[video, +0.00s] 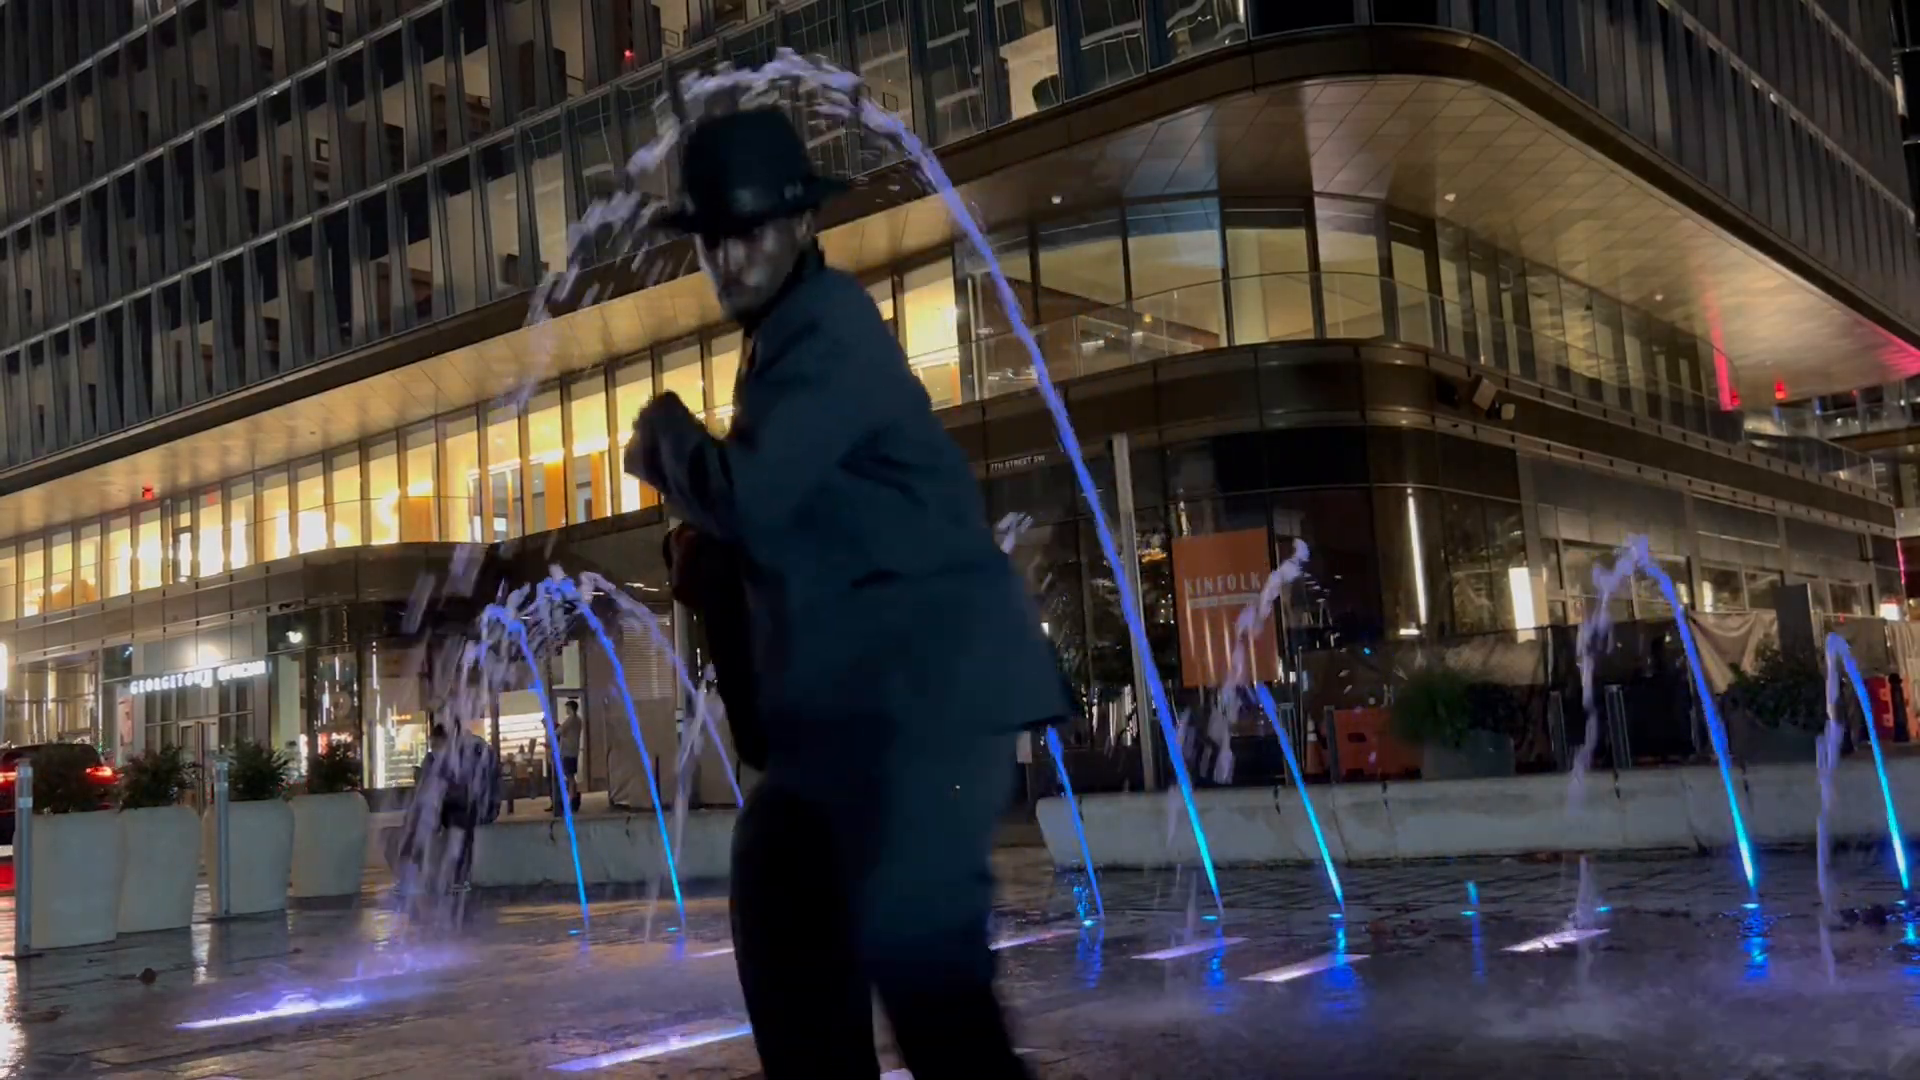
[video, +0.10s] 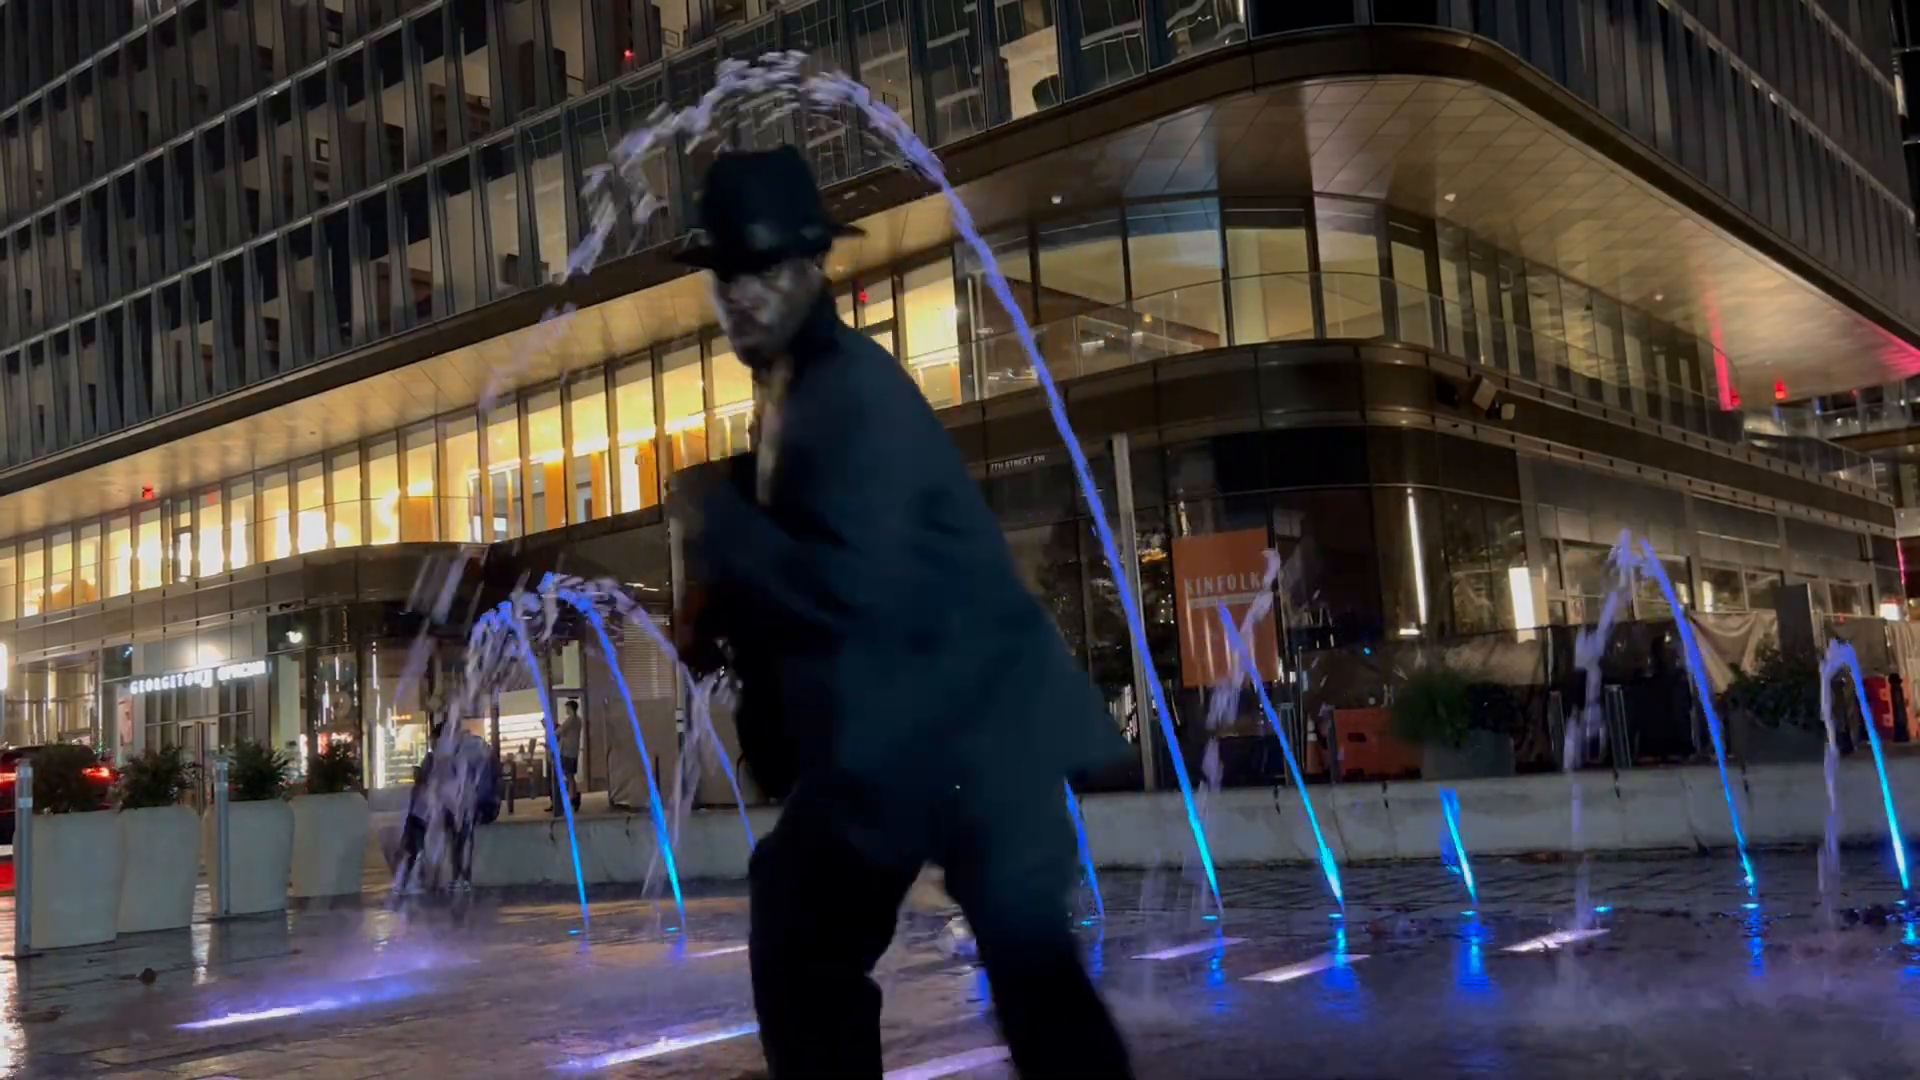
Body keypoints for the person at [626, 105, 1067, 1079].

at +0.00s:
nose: (728, 258)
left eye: (748, 231)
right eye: (710, 240)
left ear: (802, 225)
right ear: (697, 248)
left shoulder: (826, 332)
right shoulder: (786, 340)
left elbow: (761, 502)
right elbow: (813, 533)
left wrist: (667, 436)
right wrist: (715, 565)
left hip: (932, 693)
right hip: (858, 693)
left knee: (916, 927)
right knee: (780, 910)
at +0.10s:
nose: (737, 301)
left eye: (760, 275)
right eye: (722, 279)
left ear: (816, 269)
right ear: (710, 282)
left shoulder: (853, 391)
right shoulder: (797, 393)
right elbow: (827, 575)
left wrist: (721, 515)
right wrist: (733, 620)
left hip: (981, 735)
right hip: (913, 735)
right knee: (802, 910)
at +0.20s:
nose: (833, 253)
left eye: (854, 223)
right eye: (812, 232)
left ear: (899, 228)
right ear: (799, 249)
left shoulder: (986, 372)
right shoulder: (782, 404)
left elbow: (1076, 550)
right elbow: (797, 565)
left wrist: (906, 558)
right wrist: (784, 623)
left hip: (1014, 720)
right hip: (854, 744)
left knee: (1099, 971)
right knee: (804, 956)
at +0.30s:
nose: (987, 185)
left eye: (1004, 158)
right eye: (958, 164)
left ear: (1034, 173)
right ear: (915, 186)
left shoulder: (1120, 326)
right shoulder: (832, 346)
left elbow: (1196, 496)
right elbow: (801, 539)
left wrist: (1133, 479)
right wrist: (879, 567)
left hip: (1085, 727)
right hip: (905, 738)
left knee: (1177, 999)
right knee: (843, 1001)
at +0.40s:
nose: (1059, 155)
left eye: (1068, 132)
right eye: (1027, 131)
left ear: (1082, 148)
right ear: (958, 154)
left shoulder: (1143, 317)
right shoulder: (887, 308)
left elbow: (1215, 509)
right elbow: (833, 504)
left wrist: (1202, 457)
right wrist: (873, 568)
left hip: (1150, 677)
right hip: (1002, 681)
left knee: (1203, 1004)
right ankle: (751, 1071)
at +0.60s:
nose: (1128, 166)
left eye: (1135, 141)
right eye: (1100, 137)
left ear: (1128, 153)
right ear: (1016, 142)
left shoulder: (1167, 310)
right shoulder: (913, 286)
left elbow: (1273, 473)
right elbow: (841, 497)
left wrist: (1297, 359)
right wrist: (909, 570)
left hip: (1156, 595)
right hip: (1018, 601)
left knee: (1223, 966)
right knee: (1338, 543)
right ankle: (1761, 518)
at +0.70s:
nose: (1147, 153)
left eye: (1151, 131)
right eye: (1125, 126)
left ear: (1109, 137)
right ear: (1039, 122)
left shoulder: (1120, 302)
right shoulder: (935, 233)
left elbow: (1218, 452)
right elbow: (837, 439)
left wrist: (1288, 338)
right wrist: (974, 519)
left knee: (1215, 962)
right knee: (1405, 462)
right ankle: (1774, 564)